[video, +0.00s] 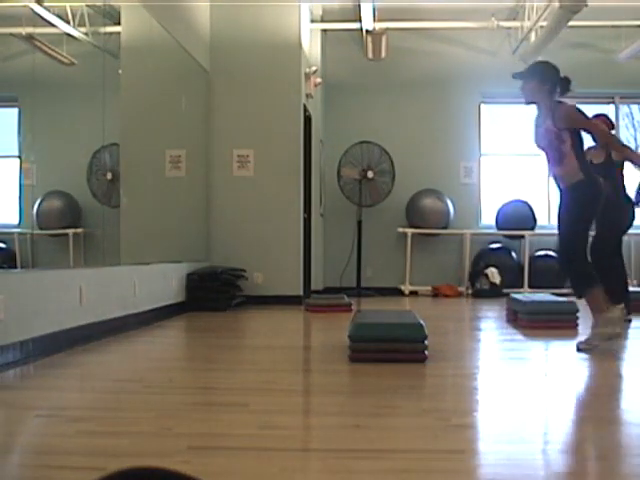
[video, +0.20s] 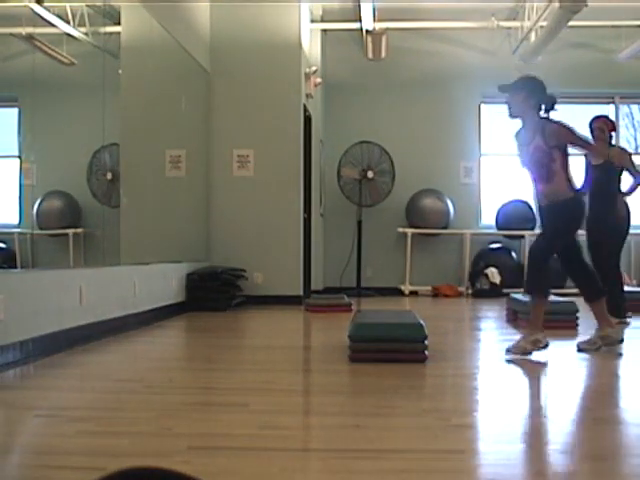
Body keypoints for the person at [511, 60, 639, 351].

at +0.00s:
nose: (522, 86)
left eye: (526, 82)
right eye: (523, 82)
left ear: (544, 86)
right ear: (539, 87)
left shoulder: (563, 112)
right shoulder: (540, 116)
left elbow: (600, 131)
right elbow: (552, 148)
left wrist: (626, 154)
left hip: (582, 189)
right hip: (568, 191)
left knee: (571, 255)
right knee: (570, 255)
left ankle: (603, 318)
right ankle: (606, 316)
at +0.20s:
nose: (507, 100)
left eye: (513, 95)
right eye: (509, 95)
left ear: (529, 98)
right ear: (522, 100)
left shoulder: (554, 129)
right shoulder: (520, 136)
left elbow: (593, 150)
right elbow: (536, 170)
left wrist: (613, 155)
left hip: (567, 207)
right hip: (548, 210)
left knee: (537, 257)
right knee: (575, 266)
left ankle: (534, 333)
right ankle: (607, 327)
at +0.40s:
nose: (489, 82)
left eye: (493, 76)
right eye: (489, 76)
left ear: (509, 77)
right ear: (500, 80)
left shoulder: (527, 110)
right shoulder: (499, 116)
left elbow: (538, 151)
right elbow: (479, 150)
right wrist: (452, 184)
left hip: (545, 188)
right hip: (522, 190)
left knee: (534, 255)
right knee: (503, 251)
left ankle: (535, 333)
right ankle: (537, 292)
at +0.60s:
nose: (454, 90)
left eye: (458, 84)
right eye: (454, 84)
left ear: (476, 82)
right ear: (474, 84)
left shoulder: (494, 110)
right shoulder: (482, 111)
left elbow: (450, 122)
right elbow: (447, 122)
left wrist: (404, 110)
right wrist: (420, 100)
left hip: (522, 193)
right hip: (499, 193)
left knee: (530, 264)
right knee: (445, 228)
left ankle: (533, 337)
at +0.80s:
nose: (421, 71)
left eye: (425, 64)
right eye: (420, 65)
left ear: (442, 62)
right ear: (433, 67)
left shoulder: (468, 87)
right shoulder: (436, 106)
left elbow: (449, 118)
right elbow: (410, 136)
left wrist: (422, 139)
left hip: (487, 170)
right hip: (458, 173)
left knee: (489, 244)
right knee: (424, 222)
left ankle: (507, 318)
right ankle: (410, 301)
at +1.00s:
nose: (393, 72)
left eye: (396, 65)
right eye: (392, 67)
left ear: (413, 61)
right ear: (410, 64)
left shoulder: (448, 84)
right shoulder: (414, 98)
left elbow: (497, 97)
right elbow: (440, 126)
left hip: (469, 164)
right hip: (441, 166)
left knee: (440, 213)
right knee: (413, 218)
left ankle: (443, 289)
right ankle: (409, 298)